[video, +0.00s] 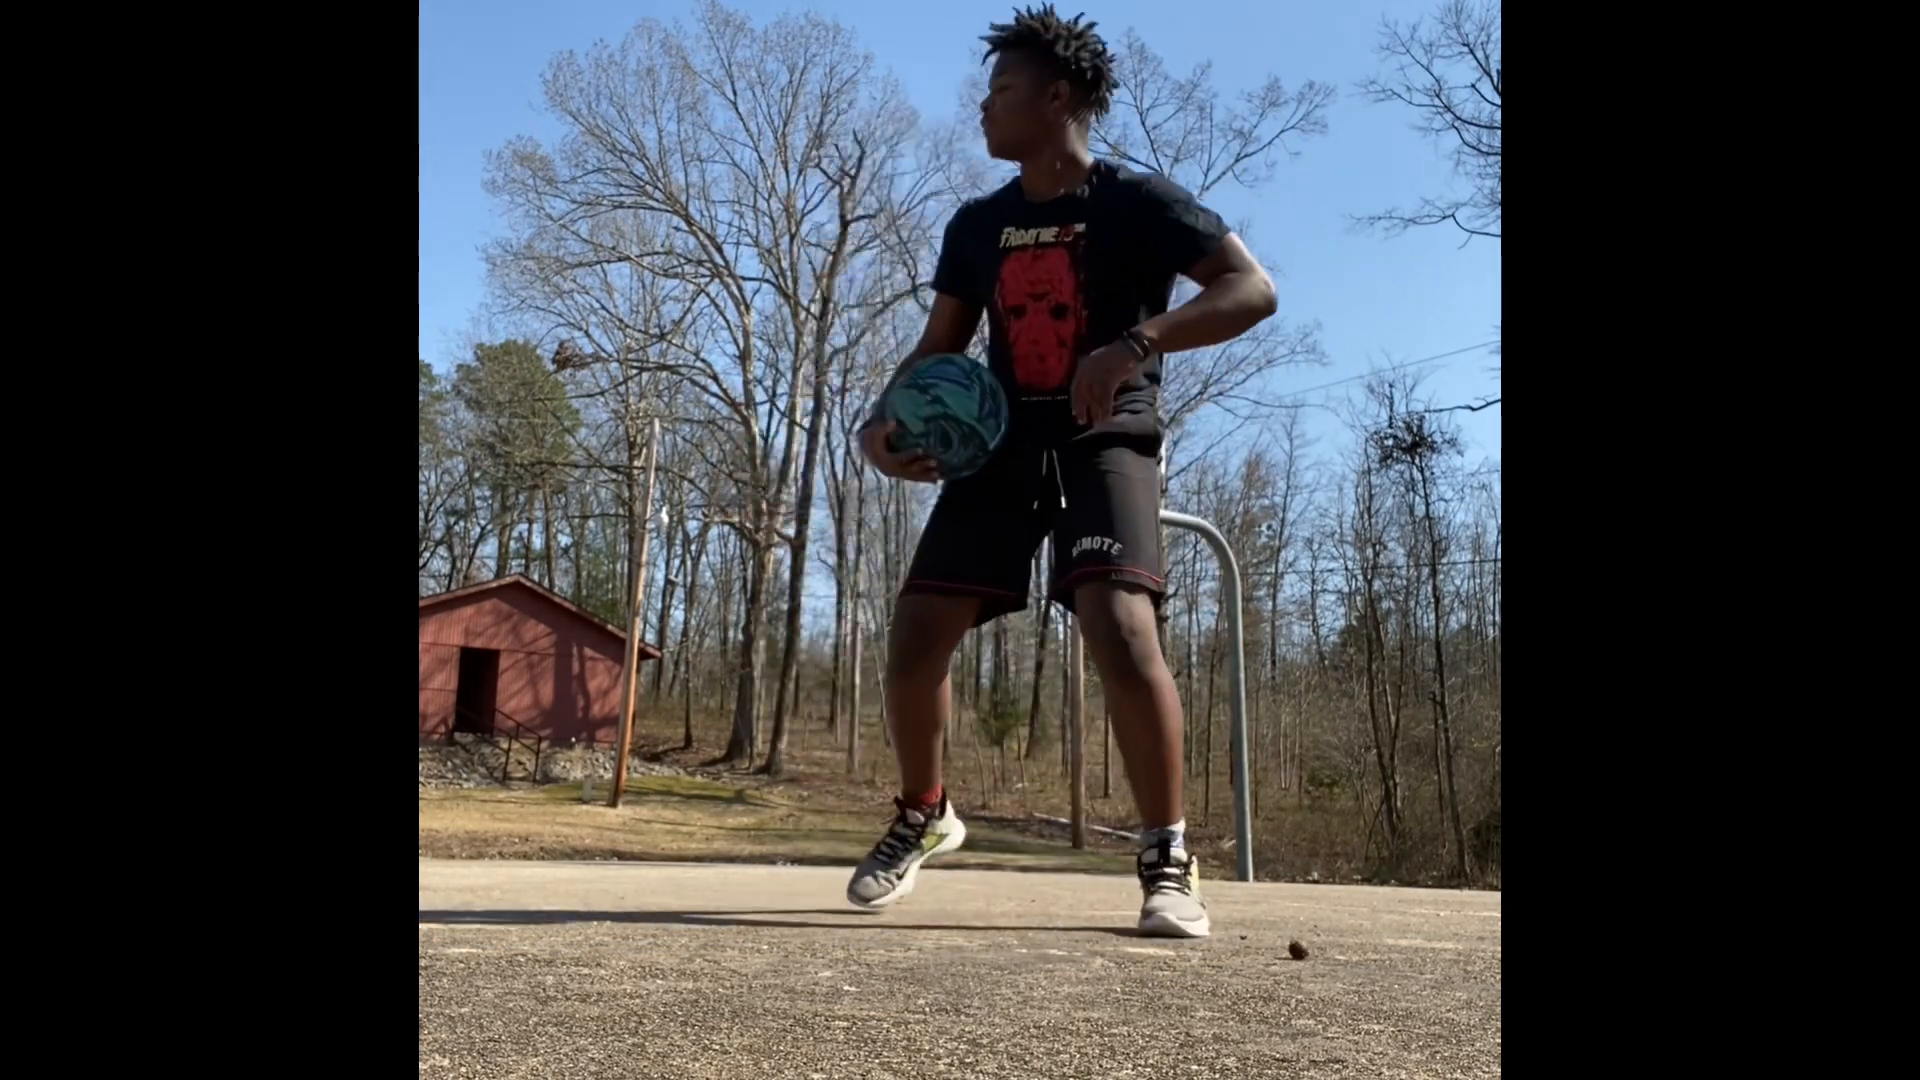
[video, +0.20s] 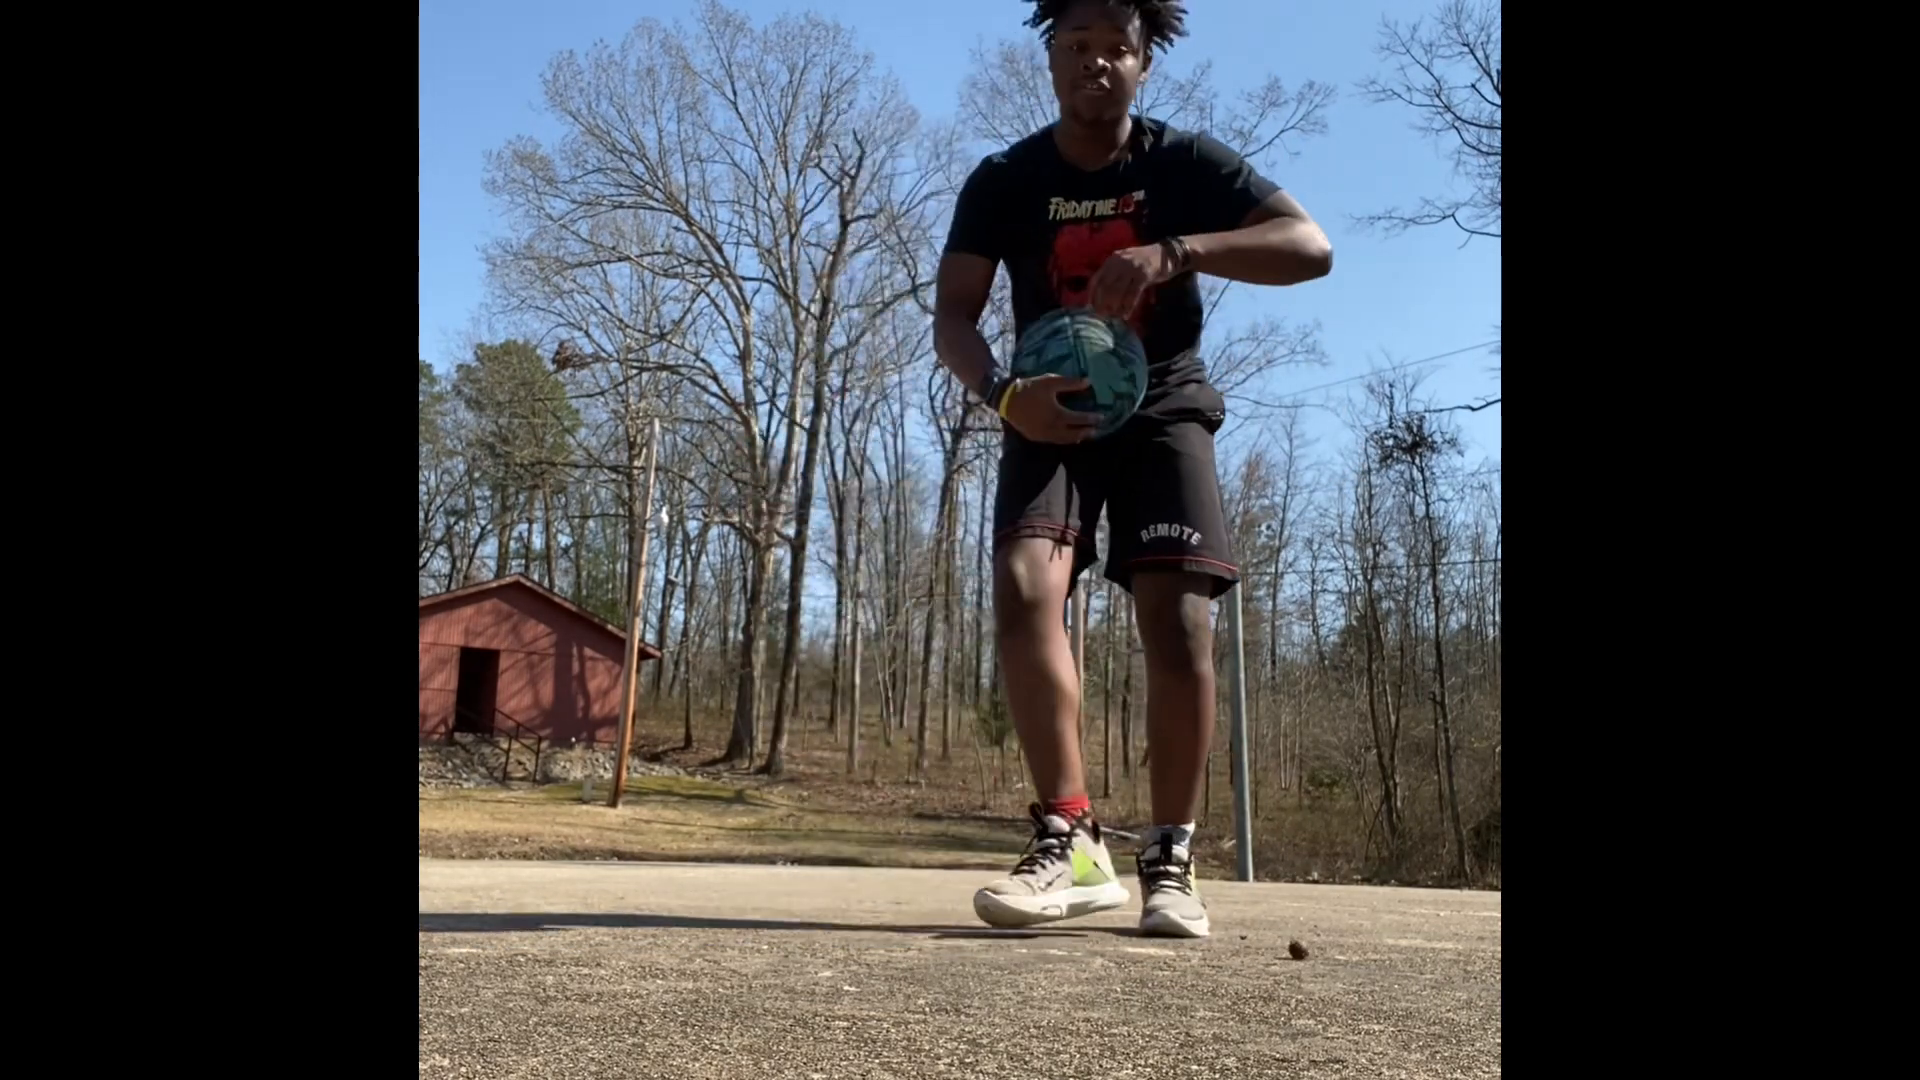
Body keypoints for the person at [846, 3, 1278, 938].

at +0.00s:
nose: (985, 103)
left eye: (1002, 87)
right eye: (988, 87)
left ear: (1061, 99)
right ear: (1032, 102)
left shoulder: (1139, 201)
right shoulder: (979, 224)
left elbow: (1251, 289)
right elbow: (938, 346)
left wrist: (1138, 343)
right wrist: (884, 423)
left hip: (1107, 440)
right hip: (999, 445)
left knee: (1118, 622)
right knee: (918, 630)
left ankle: (1167, 862)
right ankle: (924, 819)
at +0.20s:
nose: (1096, 63)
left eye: (1116, 48)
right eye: (1078, 45)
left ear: (1145, 65)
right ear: (1049, 56)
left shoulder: (1185, 161)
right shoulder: (1001, 181)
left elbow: (1310, 247)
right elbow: (955, 317)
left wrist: (1178, 252)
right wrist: (997, 392)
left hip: (1162, 402)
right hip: (1048, 405)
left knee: (1178, 614)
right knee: (1023, 578)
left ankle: (1170, 866)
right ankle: (1069, 844)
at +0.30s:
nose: (1121, 77)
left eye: (1138, 58)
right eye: (1100, 58)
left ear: (1162, 67)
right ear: (1061, 65)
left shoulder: (1208, 169)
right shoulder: (1015, 196)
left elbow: (1303, 286)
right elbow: (982, 355)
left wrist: (1160, 267)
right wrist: (1082, 407)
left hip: (1191, 405)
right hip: (1070, 408)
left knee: (1198, 620)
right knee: (1089, 592)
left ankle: (1175, 857)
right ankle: (1142, 846)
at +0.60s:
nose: (1149, 94)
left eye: (1163, 65)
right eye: (1118, 80)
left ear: (1193, 54)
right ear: (1084, 88)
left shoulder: (1269, 152)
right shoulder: (1057, 194)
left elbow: (1347, 322)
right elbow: (1029, 374)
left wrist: (1174, 302)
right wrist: (1149, 458)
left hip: (1256, 380)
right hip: (1119, 397)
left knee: (1317, 563)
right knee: (1117, 593)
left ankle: (1284, 812)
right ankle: (1169, 867)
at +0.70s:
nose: (1176, 102)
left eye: (1192, 73)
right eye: (1145, 87)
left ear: (1225, 53)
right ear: (1109, 90)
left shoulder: (1299, 151)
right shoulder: (1078, 194)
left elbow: (1343, 347)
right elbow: (1045, 379)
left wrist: (1172, 310)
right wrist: (1164, 460)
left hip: (1281, 372)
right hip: (1141, 389)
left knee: (1335, 559)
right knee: (1135, 599)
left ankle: (1405, 856)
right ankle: (1174, 876)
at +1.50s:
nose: (1152, 146)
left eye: (1161, 109)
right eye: (1116, 135)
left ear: (1200, 78)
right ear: (1091, 147)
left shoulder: (1319, 148)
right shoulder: (1104, 231)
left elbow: (1370, 369)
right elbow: (1112, 420)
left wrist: (1200, 334)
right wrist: (1247, 460)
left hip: (1374, 346)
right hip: (1229, 371)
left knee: (1416, 570)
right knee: (1173, 596)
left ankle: (1467, 879)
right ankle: (1178, 873)